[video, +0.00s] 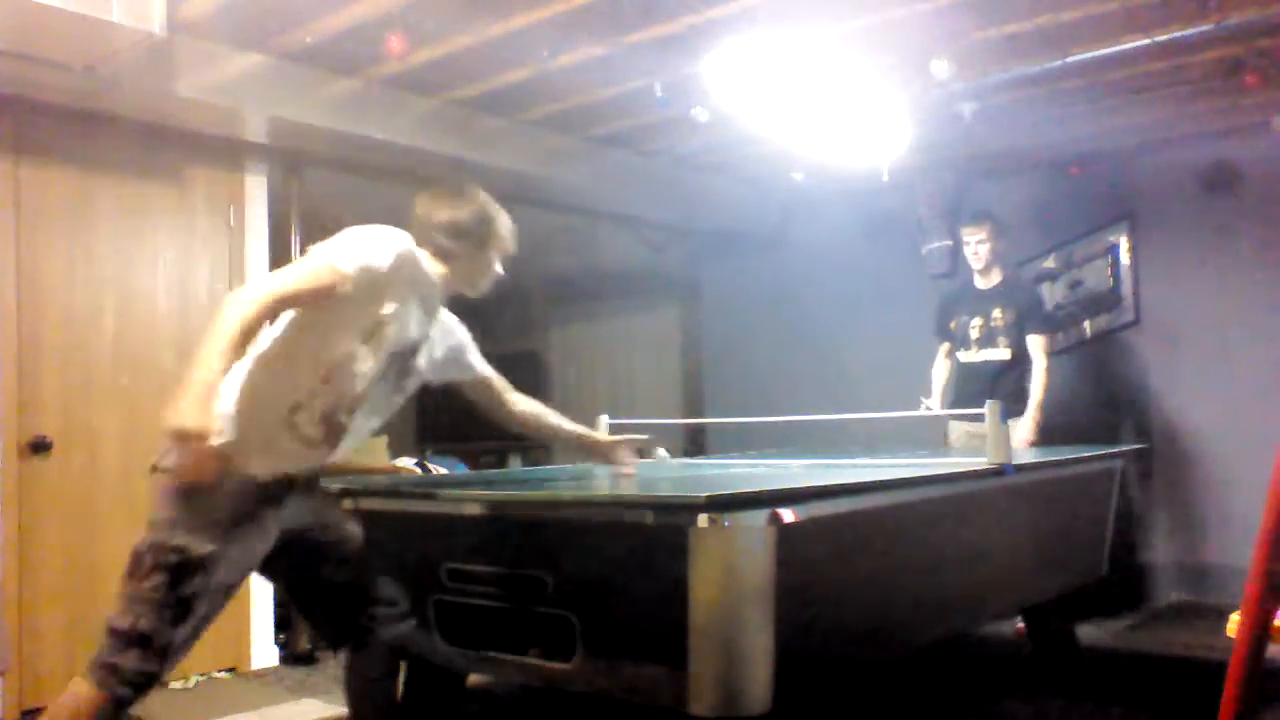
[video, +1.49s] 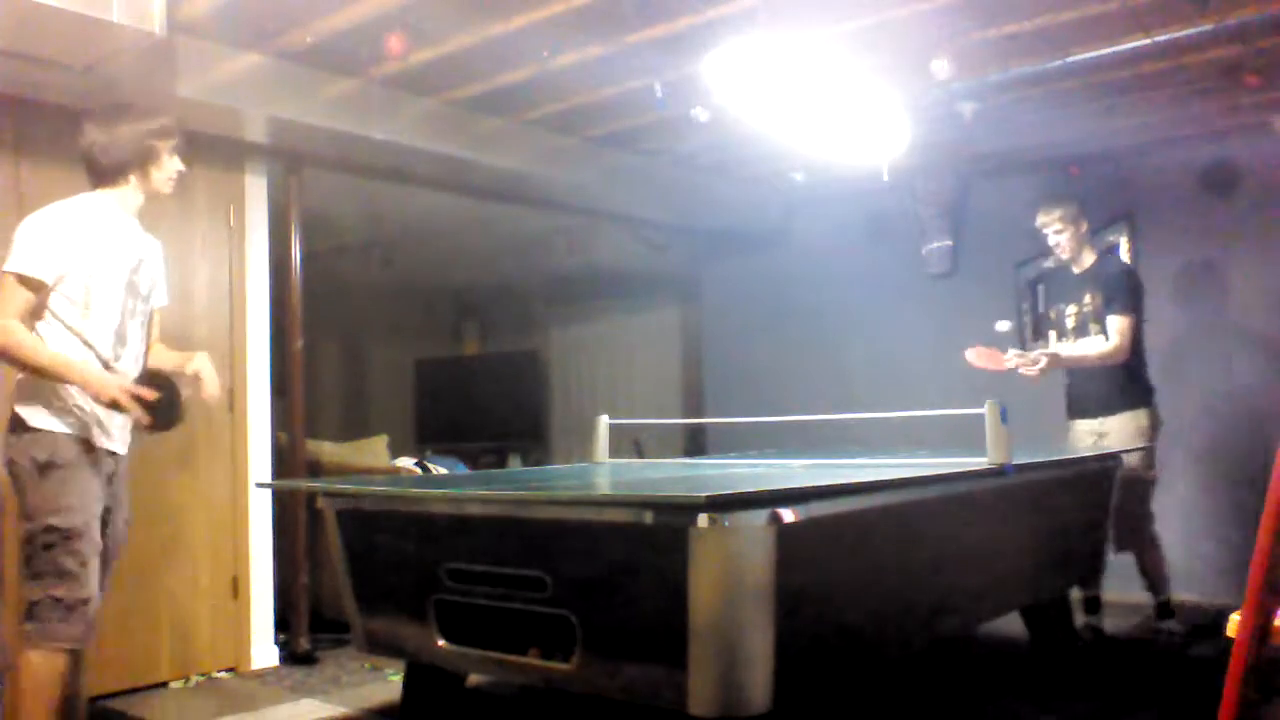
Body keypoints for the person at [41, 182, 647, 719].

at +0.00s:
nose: (500, 273)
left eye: (503, 261)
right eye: (496, 257)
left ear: (462, 250)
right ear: (463, 240)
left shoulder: (442, 333)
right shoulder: (388, 253)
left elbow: (509, 406)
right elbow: (251, 300)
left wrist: (600, 442)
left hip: (298, 491)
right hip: (224, 476)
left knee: (382, 632)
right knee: (126, 671)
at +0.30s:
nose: (487, 239)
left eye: (489, 228)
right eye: (483, 223)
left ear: (445, 216)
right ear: (449, 209)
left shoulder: (434, 308)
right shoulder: (389, 227)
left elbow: (484, 406)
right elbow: (279, 272)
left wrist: (579, 456)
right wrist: (344, 346)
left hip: (310, 463)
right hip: (246, 441)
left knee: (368, 622)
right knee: (190, 641)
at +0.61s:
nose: (379, 172)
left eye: (374, 161)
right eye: (365, 157)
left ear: (352, 180)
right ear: (329, 164)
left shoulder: (365, 264)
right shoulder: (276, 212)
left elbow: (477, 273)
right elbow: (174, 281)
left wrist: (588, 264)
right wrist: (282, 352)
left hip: (265, 461)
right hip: (195, 450)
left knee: (328, 641)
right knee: (201, 649)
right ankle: (106, 718)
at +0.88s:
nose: (248, 165)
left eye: (244, 152)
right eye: (238, 152)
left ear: (193, 160)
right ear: (207, 158)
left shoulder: (225, 261)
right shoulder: (125, 217)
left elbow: (220, 379)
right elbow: (40, 324)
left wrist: (264, 354)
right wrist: (134, 403)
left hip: (193, 460)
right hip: (116, 458)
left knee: (262, 623)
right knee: (136, 643)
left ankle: (306, 717)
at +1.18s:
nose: (190, 148)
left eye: (186, 136)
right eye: (178, 135)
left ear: (143, 143)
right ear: (143, 141)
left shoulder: (161, 239)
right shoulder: (54, 208)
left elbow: (144, 338)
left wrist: (176, 358)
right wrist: (36, 384)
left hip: (141, 440)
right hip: (71, 437)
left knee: (169, 611)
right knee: (75, 632)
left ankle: (113, 717)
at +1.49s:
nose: (180, 166)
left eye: (179, 153)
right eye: (171, 152)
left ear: (145, 157)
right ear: (136, 153)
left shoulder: (151, 252)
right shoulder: (58, 225)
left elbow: (140, 350)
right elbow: (6, 327)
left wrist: (185, 362)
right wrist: (96, 380)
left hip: (110, 438)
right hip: (51, 431)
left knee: (84, 595)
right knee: (59, 602)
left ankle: (71, 711)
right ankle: (34, 718)